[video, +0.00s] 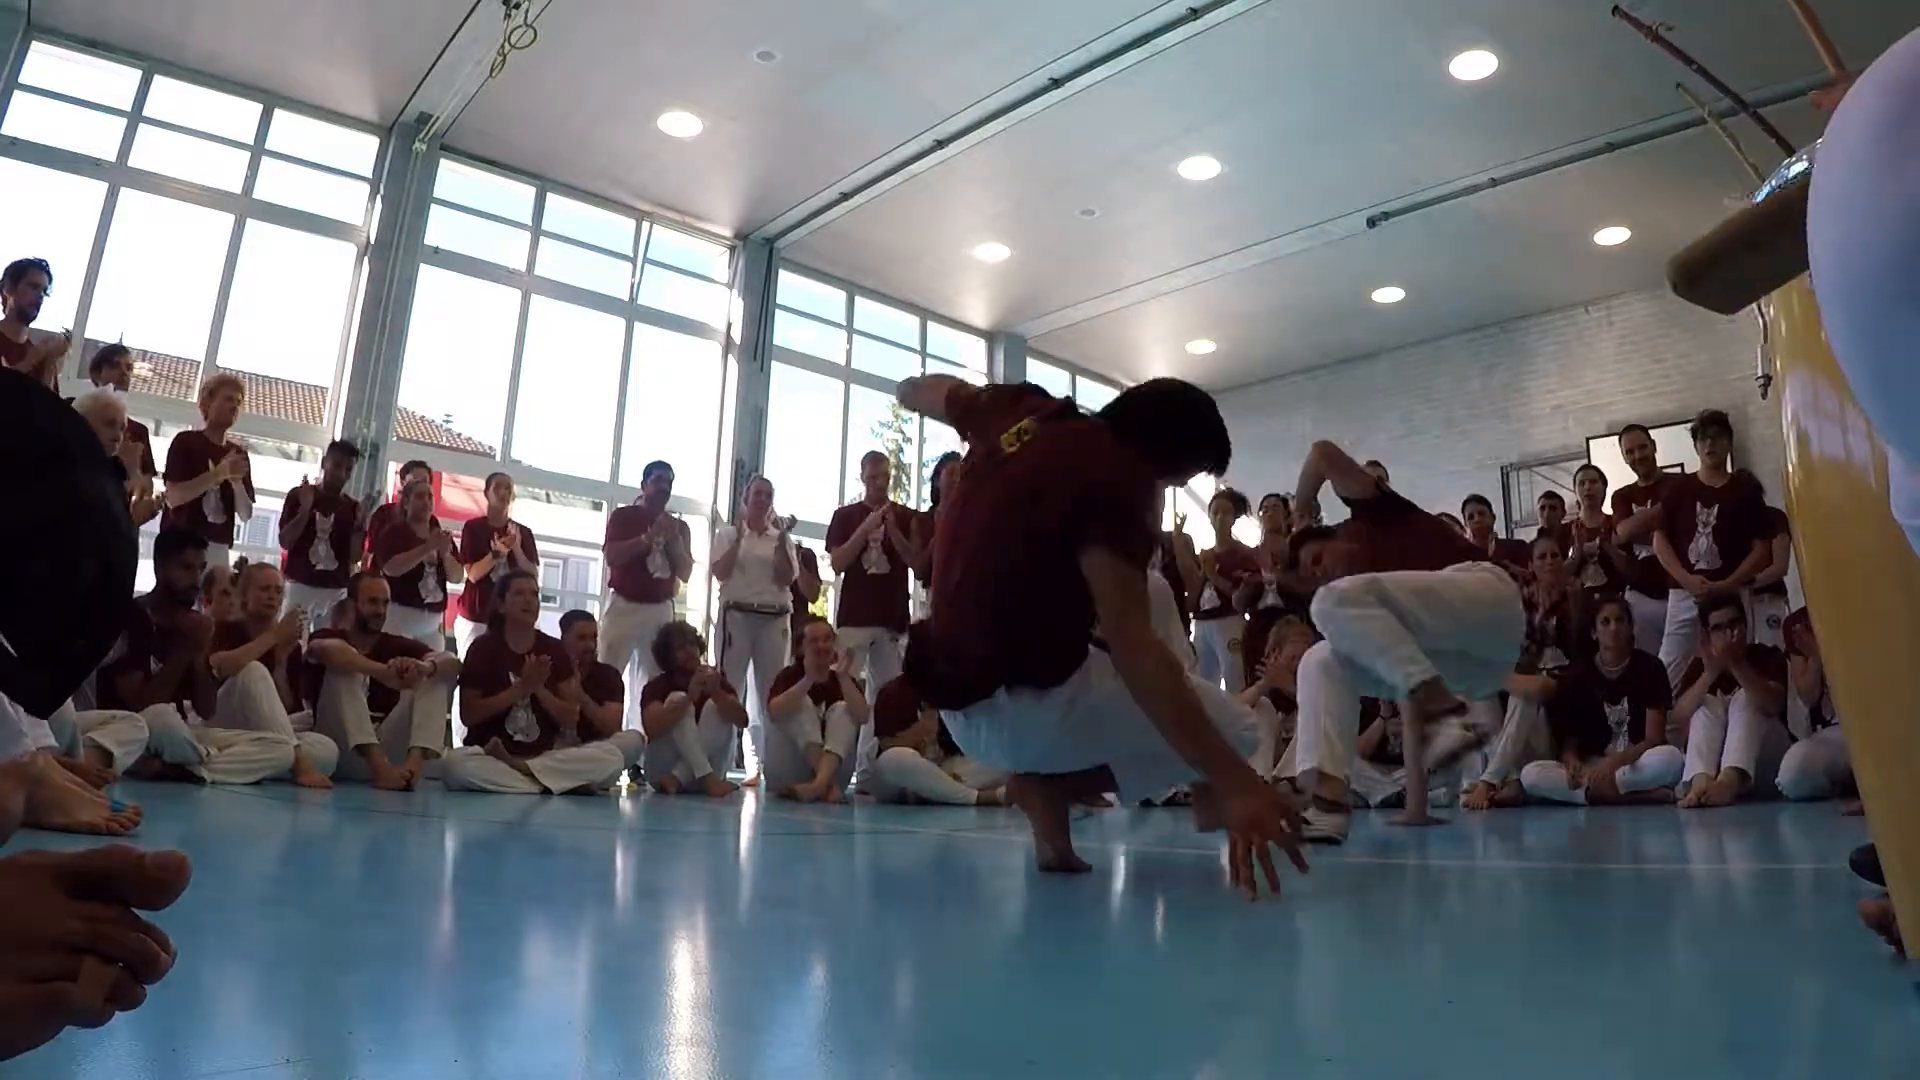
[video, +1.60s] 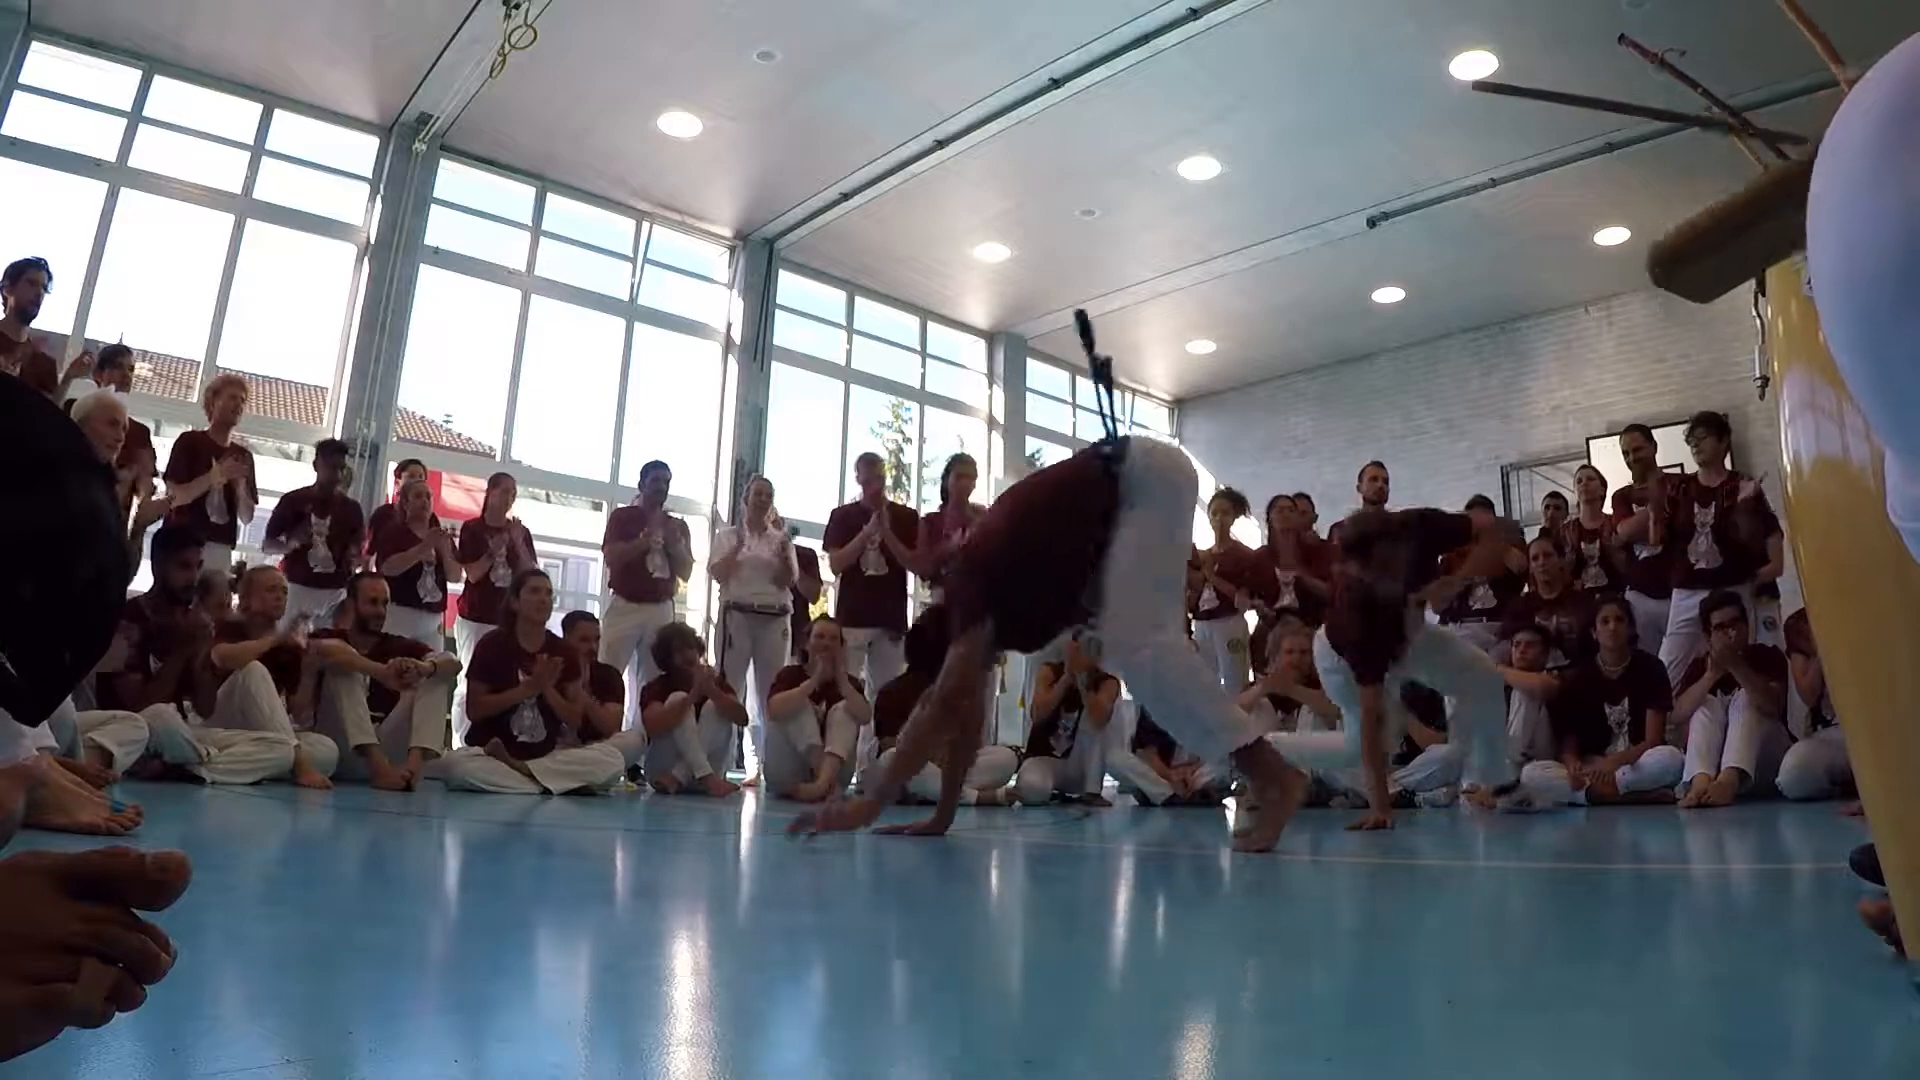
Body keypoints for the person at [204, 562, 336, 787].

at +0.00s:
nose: (273, 597)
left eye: (278, 591)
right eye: (264, 589)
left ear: (283, 597)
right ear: (244, 593)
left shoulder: (290, 647)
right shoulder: (225, 630)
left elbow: (290, 708)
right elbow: (219, 667)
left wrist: (281, 661)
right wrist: (274, 637)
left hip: (271, 732)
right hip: (223, 724)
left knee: (326, 751)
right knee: (253, 671)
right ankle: (299, 763)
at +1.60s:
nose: (280, 596)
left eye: (283, 591)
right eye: (271, 590)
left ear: (288, 598)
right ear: (246, 599)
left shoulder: (287, 642)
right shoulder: (227, 628)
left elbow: (298, 708)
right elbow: (222, 658)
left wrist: (311, 669)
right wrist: (275, 640)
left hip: (271, 731)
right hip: (223, 725)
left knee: (327, 752)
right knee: (253, 671)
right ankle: (299, 762)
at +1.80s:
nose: (289, 598)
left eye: (292, 592)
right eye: (280, 591)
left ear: (296, 599)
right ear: (257, 601)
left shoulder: (294, 648)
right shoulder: (232, 629)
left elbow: (302, 718)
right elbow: (235, 655)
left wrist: (314, 675)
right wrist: (299, 655)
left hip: (270, 733)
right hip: (223, 725)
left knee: (327, 751)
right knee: (253, 672)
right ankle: (298, 760)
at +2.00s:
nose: (295, 601)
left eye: (298, 596)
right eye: (287, 594)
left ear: (301, 601)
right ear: (262, 600)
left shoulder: (298, 654)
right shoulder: (233, 631)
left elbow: (301, 724)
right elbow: (239, 665)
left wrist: (322, 694)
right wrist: (305, 658)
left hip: (269, 736)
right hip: (222, 727)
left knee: (326, 753)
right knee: (253, 678)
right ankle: (298, 762)